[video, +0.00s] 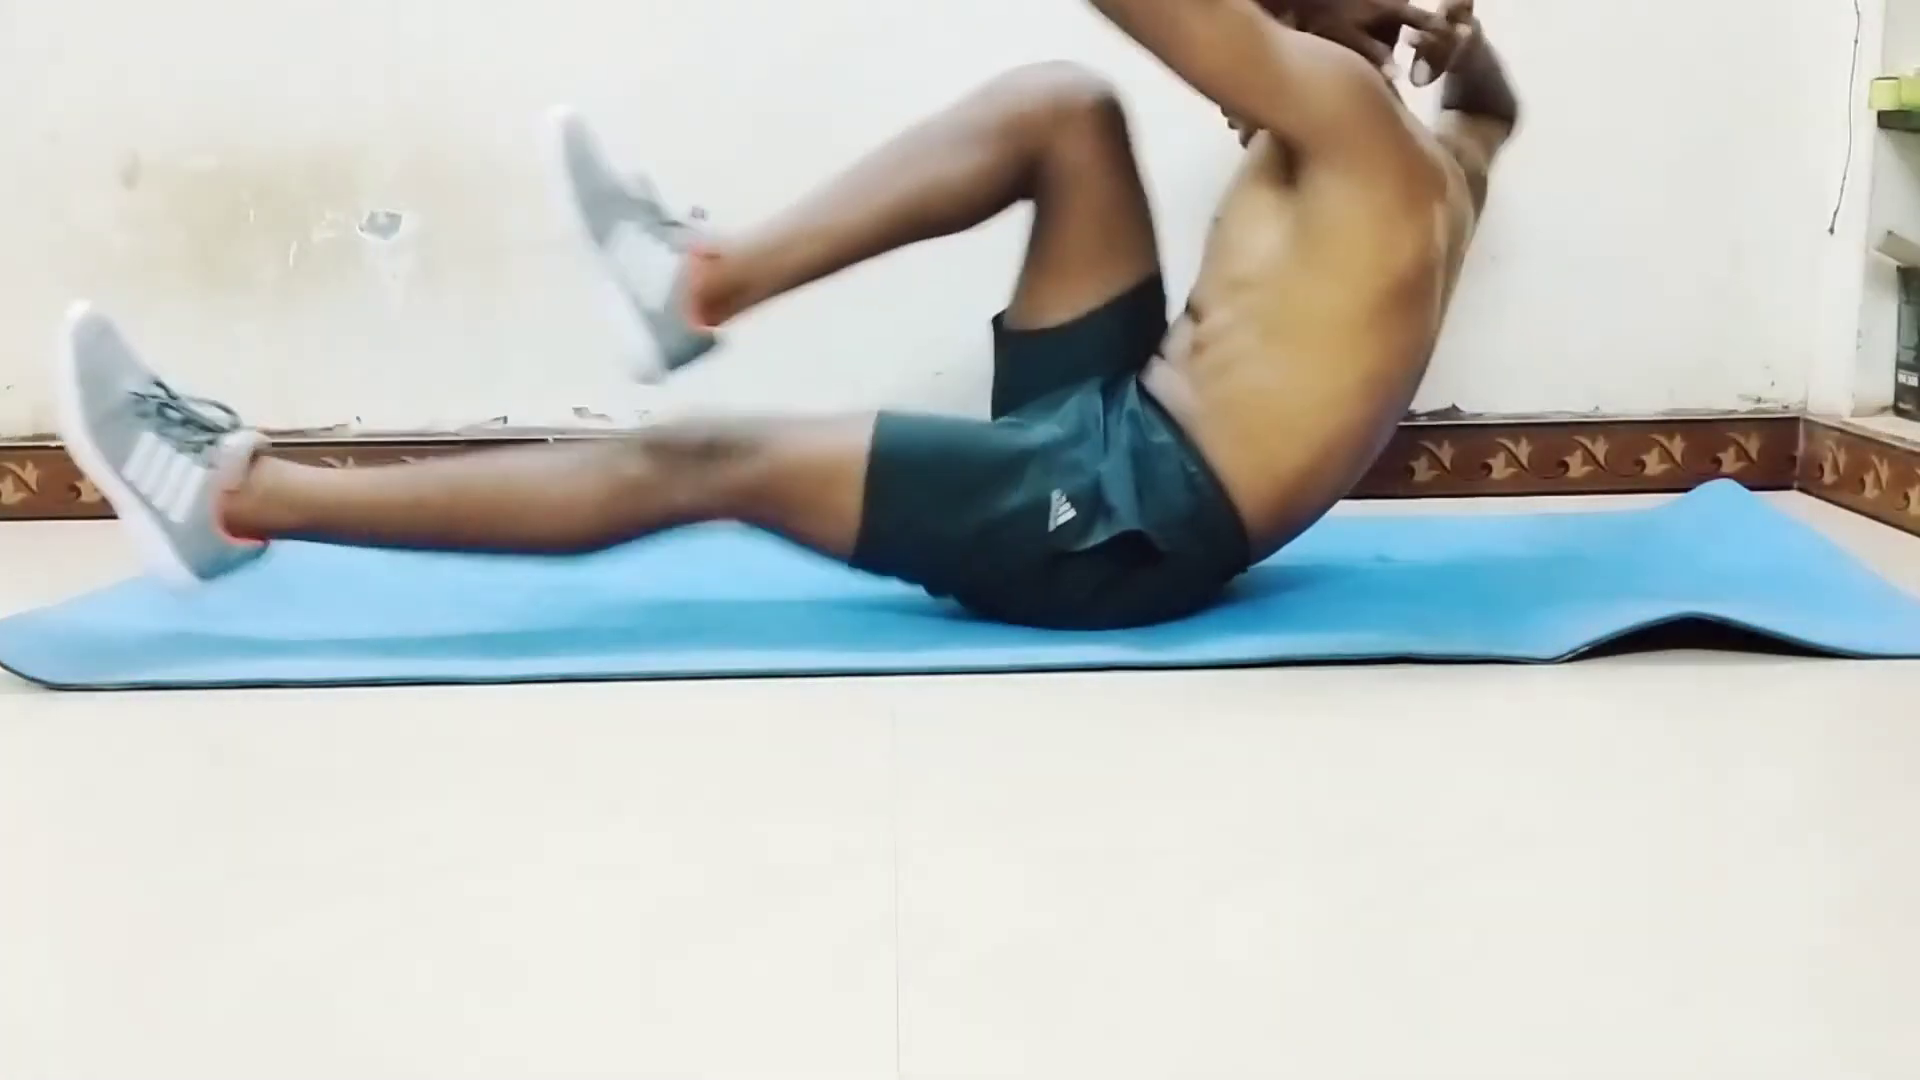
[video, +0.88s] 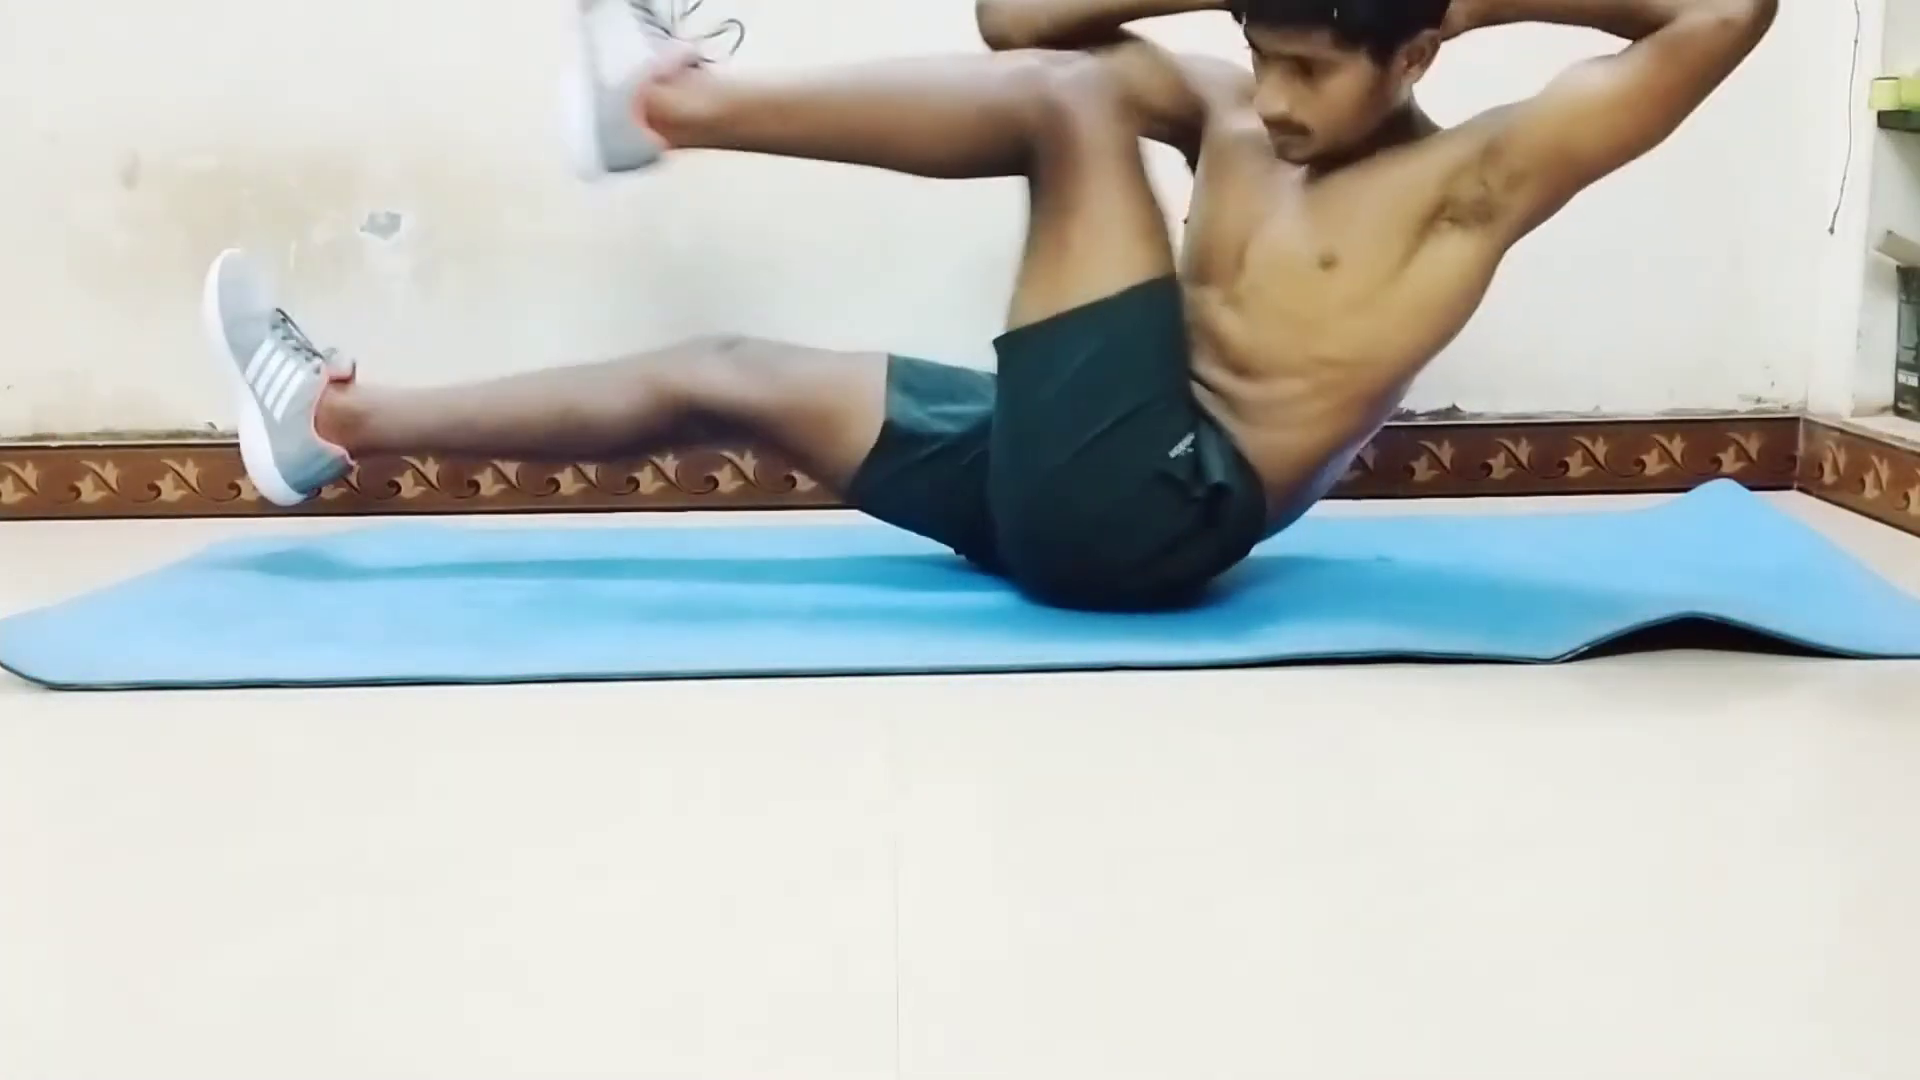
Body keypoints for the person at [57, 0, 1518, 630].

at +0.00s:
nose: (1263, 23)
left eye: (1281, 12)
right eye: (1284, 13)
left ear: (1360, 21)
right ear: (1398, 35)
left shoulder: (1358, 114)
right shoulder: (1409, 142)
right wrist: (1418, 58)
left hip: (1114, 510)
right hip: (1126, 434)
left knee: (695, 462)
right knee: (1069, 111)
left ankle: (236, 494)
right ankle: (705, 279)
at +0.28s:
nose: (1231, 69)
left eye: (1249, 40)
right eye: (1232, 41)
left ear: (1353, 29)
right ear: (1328, 37)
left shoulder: (1420, 171)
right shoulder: (1357, 170)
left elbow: (1376, 84)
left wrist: (1429, 48)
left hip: (1147, 513)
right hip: (1126, 435)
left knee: (787, 285)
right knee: (895, 170)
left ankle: (351, 428)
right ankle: (514, 305)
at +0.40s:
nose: (1249, 78)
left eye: (1273, 43)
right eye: (1240, 53)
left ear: (1380, 39)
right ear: (1290, 64)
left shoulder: (1447, 170)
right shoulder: (1334, 173)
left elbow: (1468, 29)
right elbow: (1195, 50)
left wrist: (1373, 49)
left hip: (1155, 516)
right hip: (1124, 476)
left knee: (847, 207)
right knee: (845, 200)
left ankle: (448, 343)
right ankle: (458, 331)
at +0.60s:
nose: (1267, 77)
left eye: (1298, 51)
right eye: (1262, 52)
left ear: (1400, 51)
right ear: (1280, 60)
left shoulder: (1467, 178)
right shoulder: (1258, 138)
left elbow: (1640, 15)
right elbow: (1063, 38)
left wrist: (1470, 27)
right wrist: (1256, 35)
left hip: (1153, 504)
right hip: (1066, 468)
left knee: (1015, 111)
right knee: (734, 345)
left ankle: (620, 198)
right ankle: (357, 384)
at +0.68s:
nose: (1273, 73)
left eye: (1305, 53)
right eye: (1266, 54)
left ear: (1401, 58)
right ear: (1276, 67)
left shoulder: (1473, 179)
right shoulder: (1248, 127)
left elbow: (1680, 22)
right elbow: (1055, 54)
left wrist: (1494, 25)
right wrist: (1202, 30)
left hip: (1154, 503)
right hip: (1063, 452)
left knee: (1057, 112)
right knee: (718, 371)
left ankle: (660, 171)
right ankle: (344, 404)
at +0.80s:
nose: (1271, 78)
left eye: (1306, 58)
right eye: (1265, 50)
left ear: (1407, 60)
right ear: (1266, 47)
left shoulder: (1473, 174)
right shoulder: (1233, 114)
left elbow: (1720, 32)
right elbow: (1061, 51)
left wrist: (1546, 17)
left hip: (1159, 513)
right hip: (1069, 452)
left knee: (1084, 107)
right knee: (716, 380)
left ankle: (676, 125)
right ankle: (332, 423)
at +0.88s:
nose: (1285, 82)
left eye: (1318, 64)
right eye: (1276, 56)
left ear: (1412, 63)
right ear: (1272, 54)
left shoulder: (1477, 174)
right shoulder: (1240, 103)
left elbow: (1729, 29)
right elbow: (1064, 47)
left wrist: (1563, 12)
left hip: (1159, 513)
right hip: (1074, 449)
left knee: (1074, 105)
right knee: (707, 378)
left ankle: (672, 111)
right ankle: (336, 428)